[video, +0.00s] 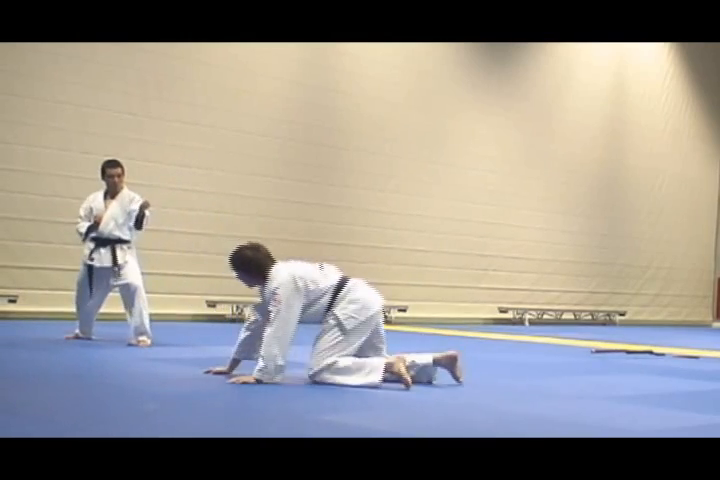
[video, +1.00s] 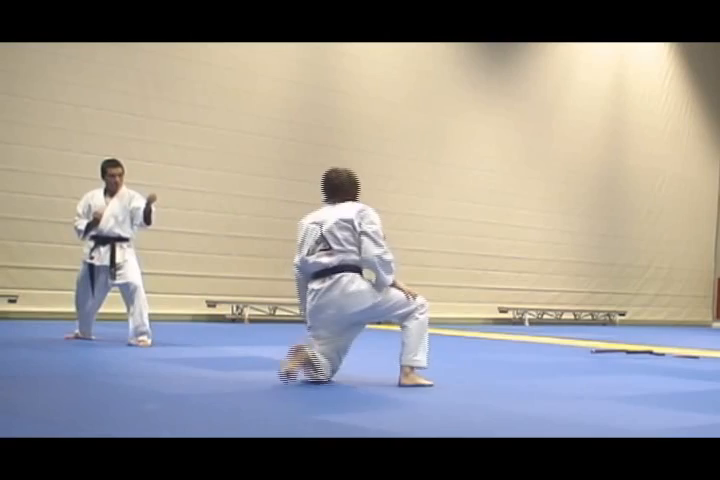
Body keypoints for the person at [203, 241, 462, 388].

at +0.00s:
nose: (239, 280)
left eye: (239, 275)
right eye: (238, 275)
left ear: (250, 273)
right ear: (262, 262)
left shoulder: (283, 281)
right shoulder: (277, 279)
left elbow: (279, 331)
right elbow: (256, 324)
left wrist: (263, 374)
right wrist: (234, 362)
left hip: (353, 301)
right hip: (364, 298)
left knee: (321, 369)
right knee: (374, 367)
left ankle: (386, 367)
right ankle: (439, 363)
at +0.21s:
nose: (261, 280)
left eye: (259, 274)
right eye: (258, 275)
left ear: (268, 271)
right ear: (282, 258)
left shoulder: (297, 278)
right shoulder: (302, 270)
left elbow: (288, 331)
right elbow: (283, 320)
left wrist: (264, 375)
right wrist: (259, 347)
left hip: (366, 308)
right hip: (383, 302)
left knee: (329, 369)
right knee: (375, 368)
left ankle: (380, 370)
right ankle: (438, 366)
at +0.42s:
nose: (264, 254)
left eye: (263, 249)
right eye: (263, 248)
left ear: (272, 250)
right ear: (289, 236)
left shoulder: (290, 272)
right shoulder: (320, 244)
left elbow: (279, 324)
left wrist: (257, 366)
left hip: (361, 306)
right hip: (383, 296)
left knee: (326, 370)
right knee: (378, 363)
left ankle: (379, 371)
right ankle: (436, 374)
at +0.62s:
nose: (275, 226)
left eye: (275, 221)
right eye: (276, 221)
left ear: (280, 222)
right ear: (304, 212)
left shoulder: (283, 249)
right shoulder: (336, 226)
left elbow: (268, 302)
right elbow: (375, 252)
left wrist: (262, 350)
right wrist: (388, 290)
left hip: (340, 300)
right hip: (371, 283)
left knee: (325, 369)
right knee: (393, 344)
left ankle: (378, 368)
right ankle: (435, 372)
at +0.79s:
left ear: (299, 203)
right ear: (328, 197)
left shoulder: (288, 235)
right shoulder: (347, 214)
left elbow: (284, 287)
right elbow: (378, 247)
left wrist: (293, 327)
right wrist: (389, 279)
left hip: (325, 301)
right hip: (360, 285)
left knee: (319, 368)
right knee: (402, 316)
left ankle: (363, 363)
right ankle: (419, 368)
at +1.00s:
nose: (356, 194)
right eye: (356, 190)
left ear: (325, 193)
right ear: (354, 192)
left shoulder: (308, 221)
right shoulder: (361, 212)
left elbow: (301, 268)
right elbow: (373, 255)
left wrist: (307, 310)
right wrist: (390, 282)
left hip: (318, 298)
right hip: (351, 290)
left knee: (324, 367)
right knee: (417, 307)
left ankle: (304, 356)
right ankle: (408, 372)